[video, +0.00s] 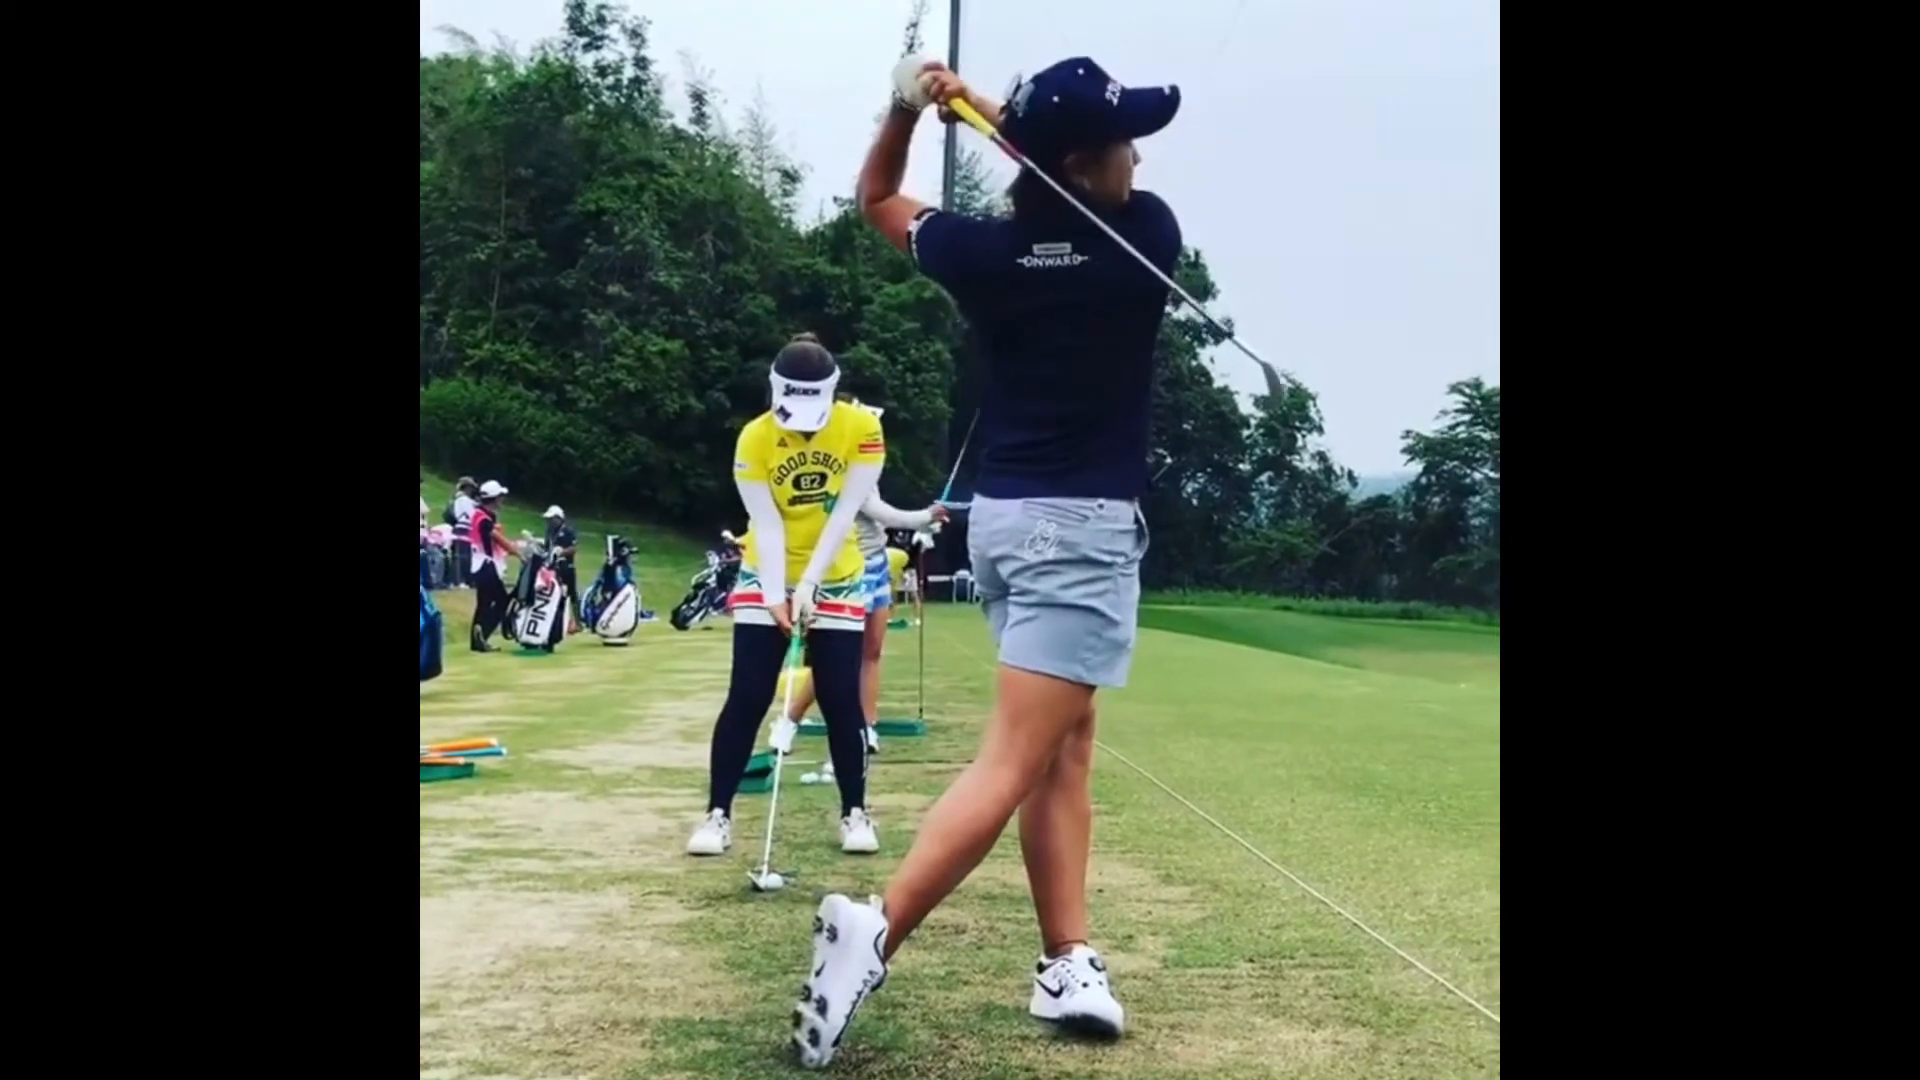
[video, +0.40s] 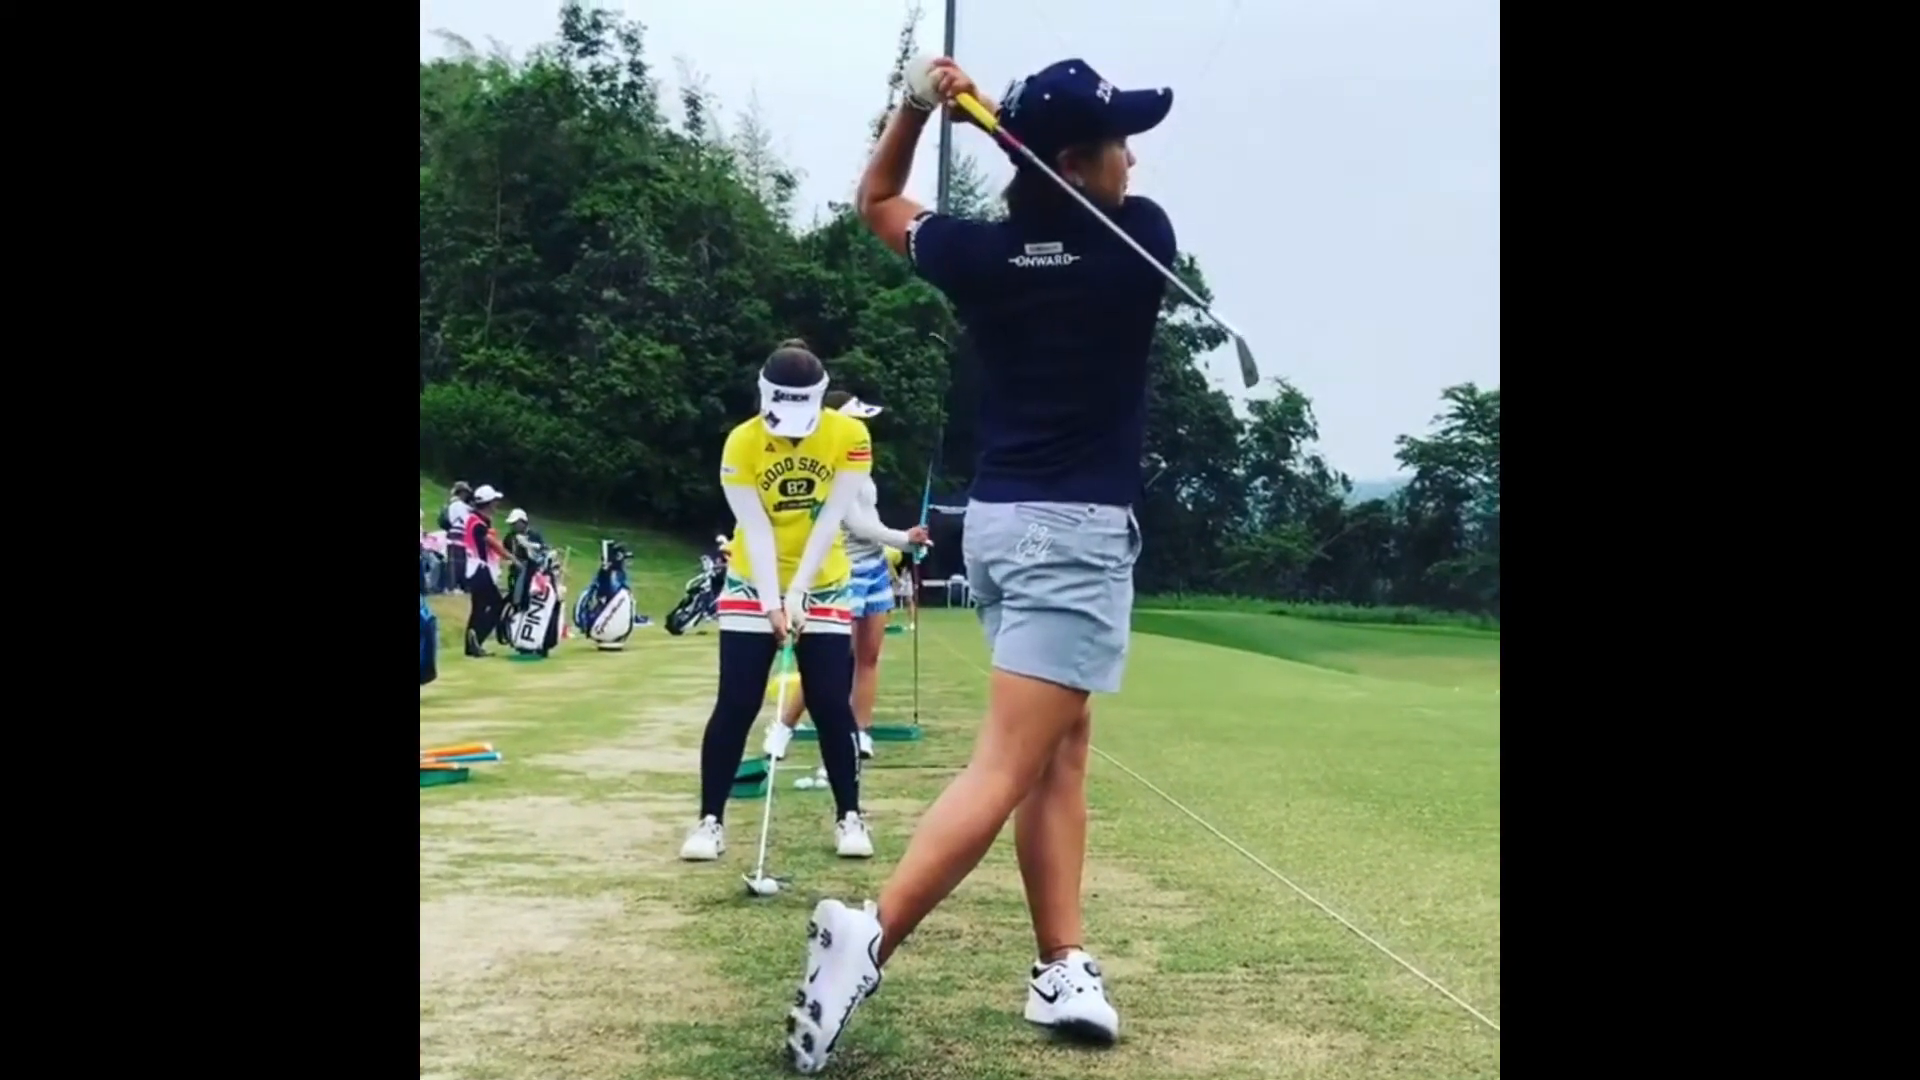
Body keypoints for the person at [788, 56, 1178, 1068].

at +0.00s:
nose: (1137, 150)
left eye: (1130, 136)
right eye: (1124, 143)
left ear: (1035, 162)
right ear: (1092, 162)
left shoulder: (981, 248)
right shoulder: (1149, 232)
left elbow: (880, 198)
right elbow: (1070, 185)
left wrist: (904, 107)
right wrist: (991, 117)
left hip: (993, 516)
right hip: (1085, 520)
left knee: (1066, 746)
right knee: (1012, 762)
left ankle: (1068, 962)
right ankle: (874, 931)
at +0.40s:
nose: (1132, 151)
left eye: (1125, 136)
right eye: (1120, 141)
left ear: (1033, 163)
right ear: (1086, 161)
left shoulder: (977, 252)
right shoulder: (1141, 236)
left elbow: (879, 199)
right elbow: (1063, 187)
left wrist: (917, 105)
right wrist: (992, 118)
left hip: (992, 523)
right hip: (1079, 527)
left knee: (1062, 751)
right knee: (1003, 770)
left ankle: (1062, 967)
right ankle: (868, 937)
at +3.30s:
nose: (939, 259)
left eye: (958, 239)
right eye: (921, 241)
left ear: (999, 216)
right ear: (896, 222)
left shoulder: (992, 313)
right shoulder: (909, 284)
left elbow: (828, 255)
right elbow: (848, 306)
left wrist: (774, 177)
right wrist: (811, 191)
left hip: (1025, 555)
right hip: (908, 548)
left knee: (1062, 775)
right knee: (870, 745)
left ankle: (1099, 952)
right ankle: (825, 961)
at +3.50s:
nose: (984, 277)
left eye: (987, 254)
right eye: (961, 270)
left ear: (995, 216)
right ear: (914, 261)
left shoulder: (1057, 254)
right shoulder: (894, 327)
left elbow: (1063, 415)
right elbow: (931, 474)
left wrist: (1042, 550)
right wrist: (988, 567)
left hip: (1084, 526)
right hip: (974, 542)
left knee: (1117, 724)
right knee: (949, 750)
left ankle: (1108, 953)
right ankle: (829, 958)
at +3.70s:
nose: (1037, 248)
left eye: (1035, 230)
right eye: (1015, 242)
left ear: (972, 239)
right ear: (965, 254)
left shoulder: (973, 258)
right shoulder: (1037, 325)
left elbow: (1089, 263)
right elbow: (1133, 291)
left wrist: (1195, 252)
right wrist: (1205, 230)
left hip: (1069, 526)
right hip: (1050, 540)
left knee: (1092, 726)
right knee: (1002, 759)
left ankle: (1088, 952)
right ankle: (834, 920)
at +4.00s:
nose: (1137, 165)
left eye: (1133, 150)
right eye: (1124, 154)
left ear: (1040, 171)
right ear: (1079, 170)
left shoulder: (977, 244)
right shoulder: (1143, 240)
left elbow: (919, 195)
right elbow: (1066, 157)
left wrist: (919, 107)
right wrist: (969, 93)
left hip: (1000, 515)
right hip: (1086, 519)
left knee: (1073, 746)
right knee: (1021, 761)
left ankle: (1076, 959)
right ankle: (878, 930)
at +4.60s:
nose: (1132, 150)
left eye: (1125, 135)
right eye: (1120, 141)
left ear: (1034, 163)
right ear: (1086, 160)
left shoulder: (978, 253)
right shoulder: (1140, 237)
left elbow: (880, 199)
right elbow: (1065, 184)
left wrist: (919, 105)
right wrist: (991, 116)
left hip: (993, 522)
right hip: (1078, 526)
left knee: (1061, 753)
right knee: (1004, 769)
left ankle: (1062, 969)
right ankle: (868, 937)